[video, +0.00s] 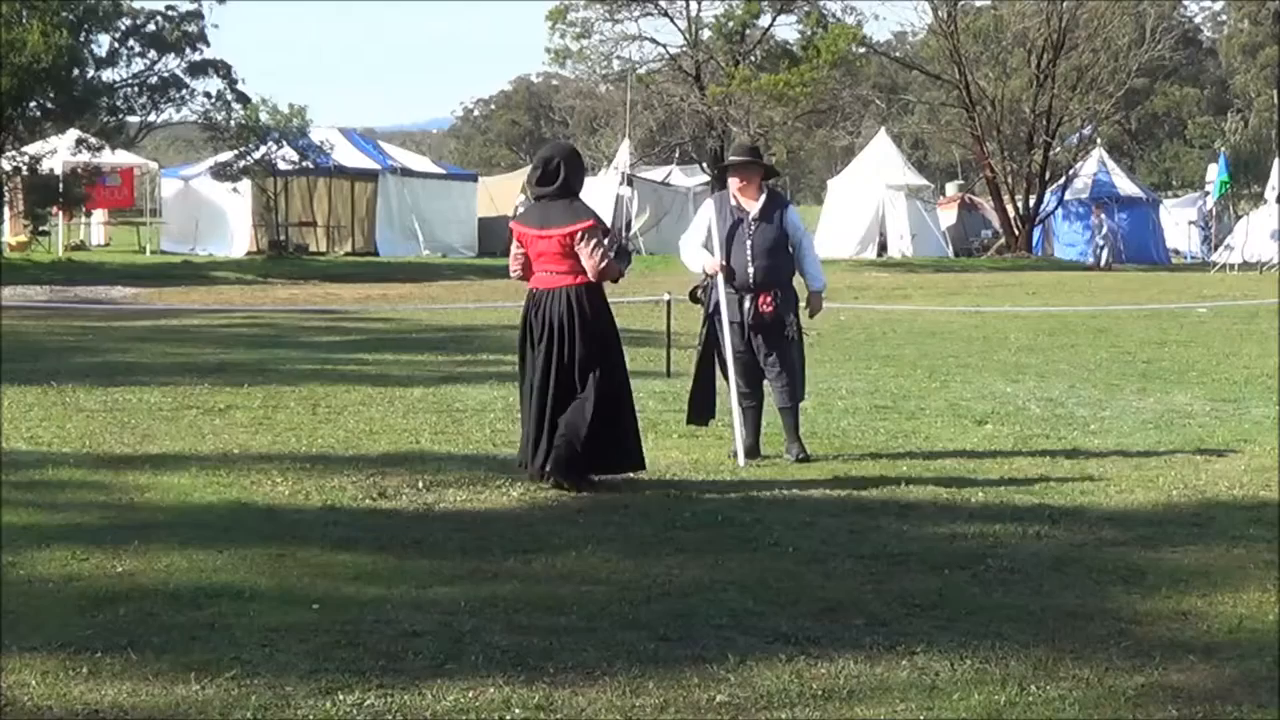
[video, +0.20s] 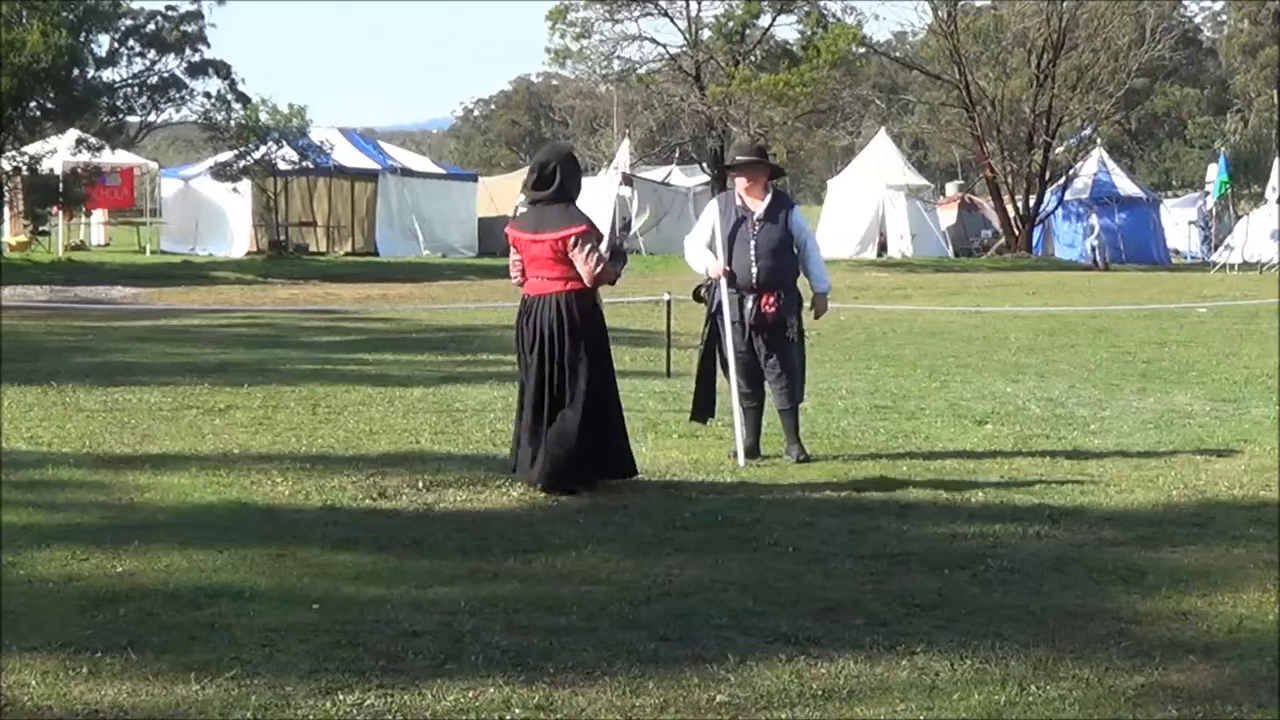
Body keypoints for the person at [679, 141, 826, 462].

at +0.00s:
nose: (737, 176)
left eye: (744, 170)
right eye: (732, 170)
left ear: (760, 173)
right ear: (726, 175)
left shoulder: (782, 209)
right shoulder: (714, 207)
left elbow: (804, 247)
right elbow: (688, 244)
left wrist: (816, 287)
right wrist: (704, 261)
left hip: (774, 301)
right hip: (730, 301)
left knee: (783, 373)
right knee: (742, 379)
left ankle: (793, 441)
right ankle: (748, 444)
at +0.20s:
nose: (741, 176)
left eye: (749, 170)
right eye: (737, 171)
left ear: (765, 174)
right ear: (731, 176)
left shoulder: (786, 208)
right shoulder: (719, 207)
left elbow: (808, 247)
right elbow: (693, 243)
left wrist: (821, 288)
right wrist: (709, 264)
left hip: (777, 302)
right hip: (734, 303)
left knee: (784, 375)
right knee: (743, 379)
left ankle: (793, 442)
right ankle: (749, 444)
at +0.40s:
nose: (759, 177)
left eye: (765, 171)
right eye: (753, 172)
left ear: (778, 174)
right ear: (744, 176)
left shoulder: (795, 208)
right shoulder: (728, 206)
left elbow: (817, 248)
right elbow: (701, 245)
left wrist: (828, 288)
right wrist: (714, 273)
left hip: (785, 303)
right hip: (740, 303)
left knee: (787, 375)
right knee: (746, 379)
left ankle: (793, 442)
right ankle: (749, 444)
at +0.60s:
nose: (780, 180)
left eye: (785, 173)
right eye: (773, 174)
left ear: (795, 174)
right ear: (760, 177)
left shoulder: (807, 209)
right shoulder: (740, 206)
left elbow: (829, 249)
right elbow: (709, 241)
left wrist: (839, 290)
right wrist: (720, 271)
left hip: (796, 303)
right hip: (750, 302)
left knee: (795, 376)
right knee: (751, 377)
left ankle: (794, 444)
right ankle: (750, 442)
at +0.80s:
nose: (788, 180)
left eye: (793, 173)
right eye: (781, 175)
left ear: (801, 174)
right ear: (767, 177)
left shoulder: (814, 208)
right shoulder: (749, 203)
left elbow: (837, 248)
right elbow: (713, 235)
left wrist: (849, 288)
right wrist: (732, 243)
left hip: (803, 305)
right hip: (758, 302)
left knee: (798, 379)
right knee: (755, 378)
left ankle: (794, 443)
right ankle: (750, 440)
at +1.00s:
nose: (793, 179)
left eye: (798, 172)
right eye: (786, 174)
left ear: (808, 174)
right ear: (776, 176)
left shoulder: (821, 210)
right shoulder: (754, 206)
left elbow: (842, 249)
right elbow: (720, 243)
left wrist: (854, 288)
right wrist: (729, 277)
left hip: (807, 306)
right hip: (761, 304)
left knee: (800, 380)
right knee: (755, 375)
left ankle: (795, 442)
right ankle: (752, 434)